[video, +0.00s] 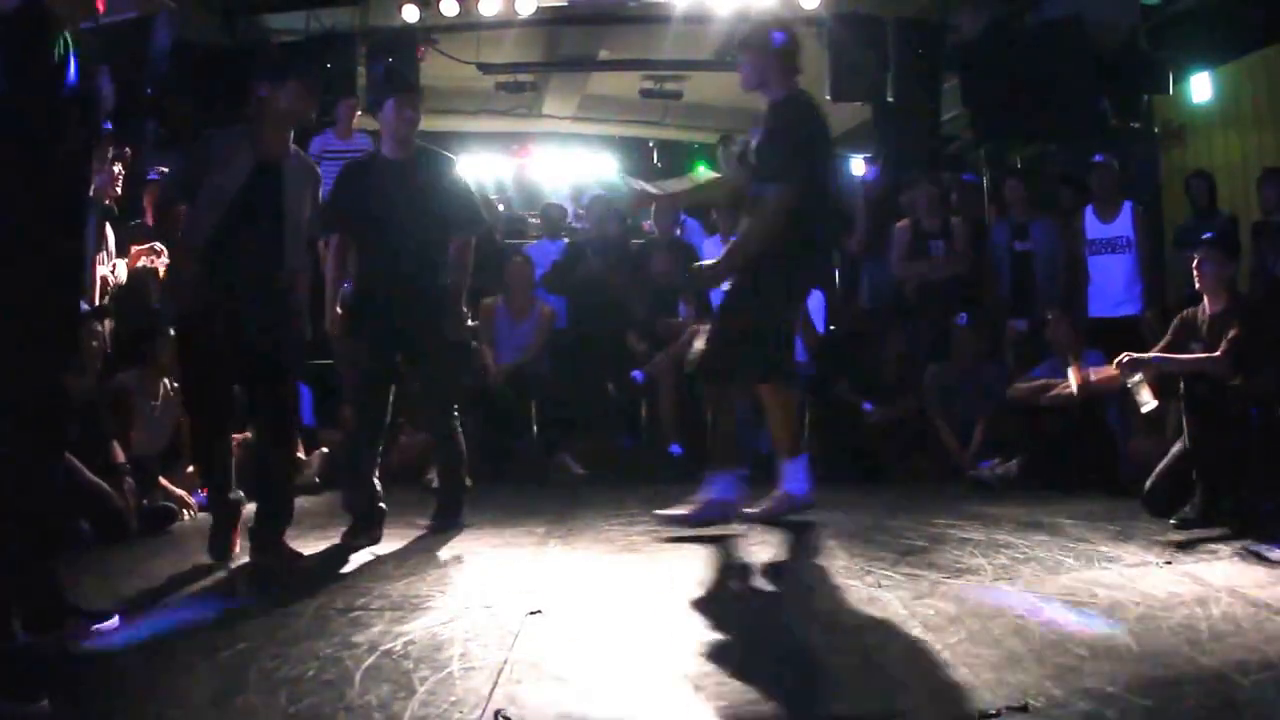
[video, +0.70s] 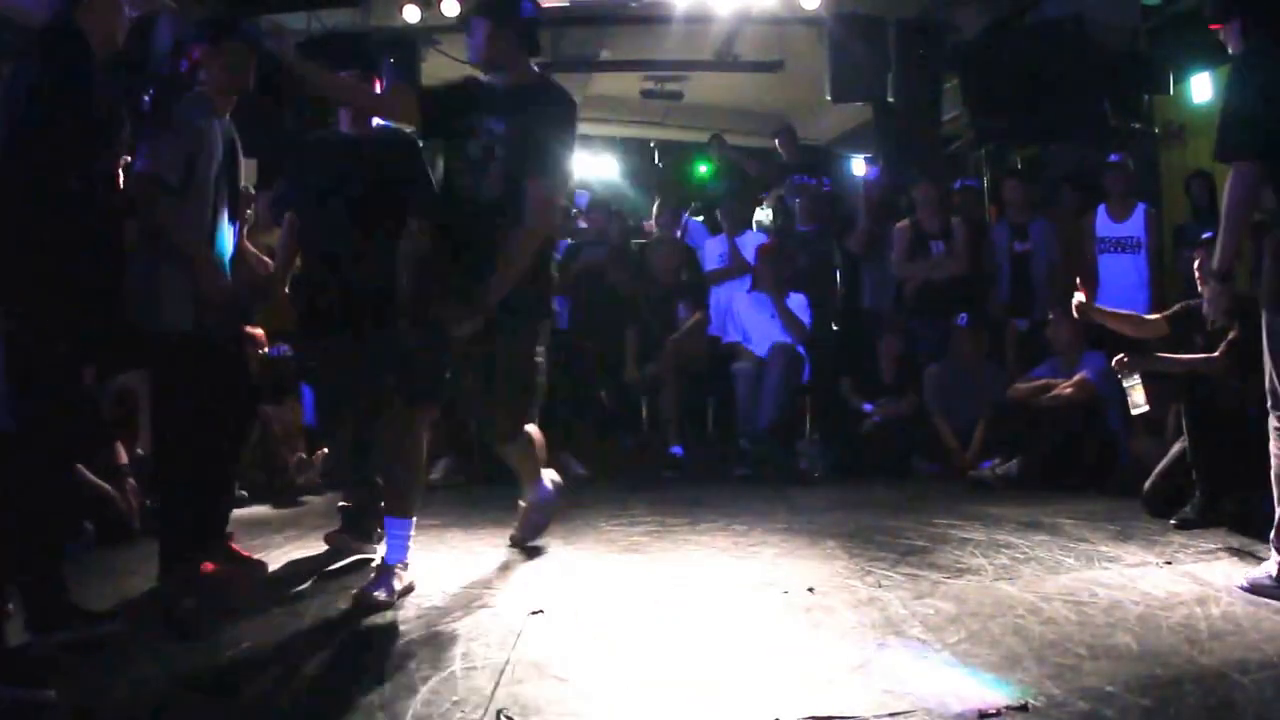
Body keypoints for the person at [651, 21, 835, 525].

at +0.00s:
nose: (741, 66)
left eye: (749, 55)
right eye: (741, 57)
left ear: (778, 58)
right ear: (774, 62)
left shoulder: (790, 115)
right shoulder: (790, 114)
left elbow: (775, 207)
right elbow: (752, 189)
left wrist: (720, 267)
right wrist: (676, 193)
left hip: (778, 262)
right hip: (786, 260)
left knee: (718, 364)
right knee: (772, 366)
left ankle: (721, 488)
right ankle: (794, 483)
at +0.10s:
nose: (700, 91)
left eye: (708, 83)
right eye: (701, 83)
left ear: (737, 85)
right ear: (726, 86)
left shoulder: (754, 148)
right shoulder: (717, 138)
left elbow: (728, 237)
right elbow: (654, 164)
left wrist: (682, 295)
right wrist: (584, 146)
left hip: (736, 288)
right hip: (723, 285)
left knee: (657, 389)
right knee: (755, 388)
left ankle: (601, 502)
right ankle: (782, 492)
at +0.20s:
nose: (656, 89)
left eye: (664, 80)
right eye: (657, 80)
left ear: (690, 85)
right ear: (694, 86)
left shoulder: (700, 145)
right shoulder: (682, 134)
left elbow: (681, 235)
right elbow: (602, 142)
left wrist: (641, 285)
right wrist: (523, 126)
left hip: (678, 283)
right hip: (685, 281)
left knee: (621, 385)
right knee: (682, 392)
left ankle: (572, 511)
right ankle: (758, 472)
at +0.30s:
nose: (612, 77)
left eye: (620, 68)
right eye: (613, 68)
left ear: (648, 73)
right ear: (649, 75)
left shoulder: (663, 127)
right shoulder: (633, 121)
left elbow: (645, 222)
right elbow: (556, 133)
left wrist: (603, 271)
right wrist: (472, 114)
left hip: (639, 280)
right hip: (618, 276)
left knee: (592, 380)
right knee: (585, 372)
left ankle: (571, 511)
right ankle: (670, 430)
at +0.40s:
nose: (580, 55)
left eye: (587, 45)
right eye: (583, 46)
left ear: (615, 50)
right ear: (604, 51)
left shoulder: (638, 115)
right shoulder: (584, 108)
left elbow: (619, 214)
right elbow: (504, 124)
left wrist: (562, 272)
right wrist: (427, 102)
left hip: (608, 270)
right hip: (568, 263)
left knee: (585, 388)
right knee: (494, 342)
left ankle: (567, 505)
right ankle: (553, 426)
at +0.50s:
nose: (547, 46)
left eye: (556, 34)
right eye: (547, 35)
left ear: (588, 40)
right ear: (560, 41)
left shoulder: (611, 104)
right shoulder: (541, 97)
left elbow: (594, 208)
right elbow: (460, 122)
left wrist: (543, 267)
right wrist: (392, 98)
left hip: (577, 258)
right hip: (523, 254)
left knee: (564, 378)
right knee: (473, 357)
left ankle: (561, 499)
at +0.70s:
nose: (470, 40)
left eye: (479, 28)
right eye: (471, 30)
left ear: (511, 35)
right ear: (494, 39)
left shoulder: (549, 103)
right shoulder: (467, 96)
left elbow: (543, 217)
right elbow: (383, 99)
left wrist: (488, 298)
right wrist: (299, 67)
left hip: (512, 279)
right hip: (449, 271)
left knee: (506, 416)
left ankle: (536, 489)